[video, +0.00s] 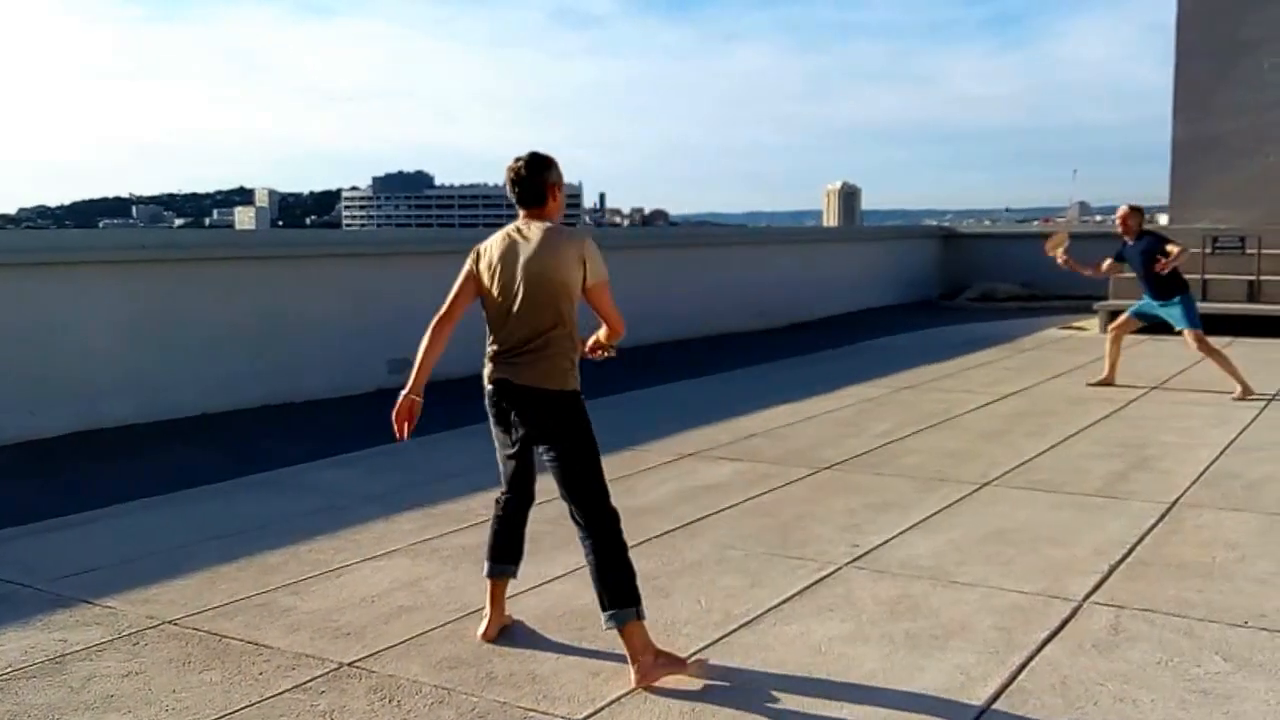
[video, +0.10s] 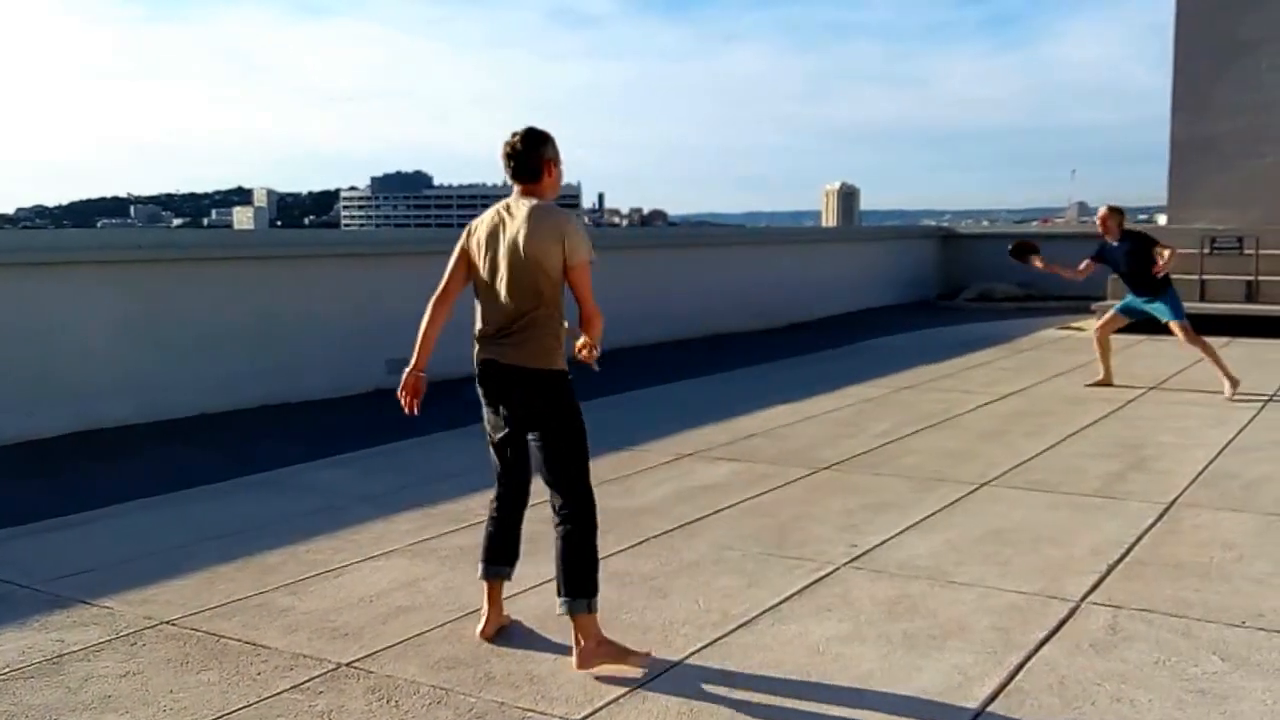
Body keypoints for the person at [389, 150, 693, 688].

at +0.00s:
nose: (565, 196)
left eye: (560, 188)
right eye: (562, 189)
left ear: (515, 196)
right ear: (553, 193)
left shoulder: (488, 249)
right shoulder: (577, 246)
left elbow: (444, 320)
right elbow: (613, 324)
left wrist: (413, 386)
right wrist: (600, 342)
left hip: (500, 389)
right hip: (555, 394)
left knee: (513, 491)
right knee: (595, 514)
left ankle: (493, 614)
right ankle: (642, 654)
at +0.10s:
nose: (561, 173)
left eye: (557, 164)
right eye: (558, 165)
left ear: (509, 172)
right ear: (549, 170)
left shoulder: (481, 225)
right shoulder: (563, 224)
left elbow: (441, 301)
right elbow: (589, 310)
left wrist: (417, 365)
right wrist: (589, 343)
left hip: (492, 375)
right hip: (543, 378)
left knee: (509, 488)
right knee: (573, 500)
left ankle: (492, 613)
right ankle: (588, 638)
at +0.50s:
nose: (552, 206)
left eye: (550, 198)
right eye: (549, 198)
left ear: (506, 207)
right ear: (534, 208)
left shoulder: (491, 248)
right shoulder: (508, 268)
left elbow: (535, 318)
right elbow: (487, 361)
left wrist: (589, 354)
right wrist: (535, 418)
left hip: (452, 400)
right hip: (486, 410)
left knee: (447, 496)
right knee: (572, 504)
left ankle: (403, 598)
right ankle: (524, 622)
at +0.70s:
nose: (587, 239)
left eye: (585, 231)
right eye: (583, 233)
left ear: (539, 236)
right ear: (568, 244)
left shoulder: (523, 264)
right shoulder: (526, 301)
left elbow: (567, 274)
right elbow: (488, 389)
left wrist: (612, 291)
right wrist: (521, 453)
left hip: (440, 401)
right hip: (473, 413)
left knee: (456, 493)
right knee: (578, 486)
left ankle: (402, 600)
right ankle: (594, 616)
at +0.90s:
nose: (667, 306)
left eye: (667, 298)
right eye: (666, 299)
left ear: (614, 291)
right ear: (648, 309)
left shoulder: (577, 295)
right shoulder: (614, 359)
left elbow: (532, 269)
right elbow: (614, 458)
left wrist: (510, 262)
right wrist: (661, 520)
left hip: (453, 409)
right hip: (494, 428)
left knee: (452, 499)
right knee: (603, 498)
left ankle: (402, 600)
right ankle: (608, 629)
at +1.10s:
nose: (707, 357)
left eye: (706, 348)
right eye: (707, 350)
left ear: (658, 336)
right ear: (692, 357)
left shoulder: (607, 339)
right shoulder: (666, 405)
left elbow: (529, 325)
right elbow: (710, 456)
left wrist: (465, 321)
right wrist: (767, 445)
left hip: (485, 442)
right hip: (527, 465)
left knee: (469, 514)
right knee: (652, 511)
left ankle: (404, 604)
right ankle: (615, 633)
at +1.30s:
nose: (726, 317)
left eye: (724, 307)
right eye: (726, 310)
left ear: (677, 296)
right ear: (716, 314)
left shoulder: (623, 309)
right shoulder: (695, 371)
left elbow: (548, 321)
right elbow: (733, 437)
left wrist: (489, 353)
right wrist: (773, 398)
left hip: (520, 418)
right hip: (567, 443)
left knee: (473, 516)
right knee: (664, 515)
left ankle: (409, 607)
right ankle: (617, 633)